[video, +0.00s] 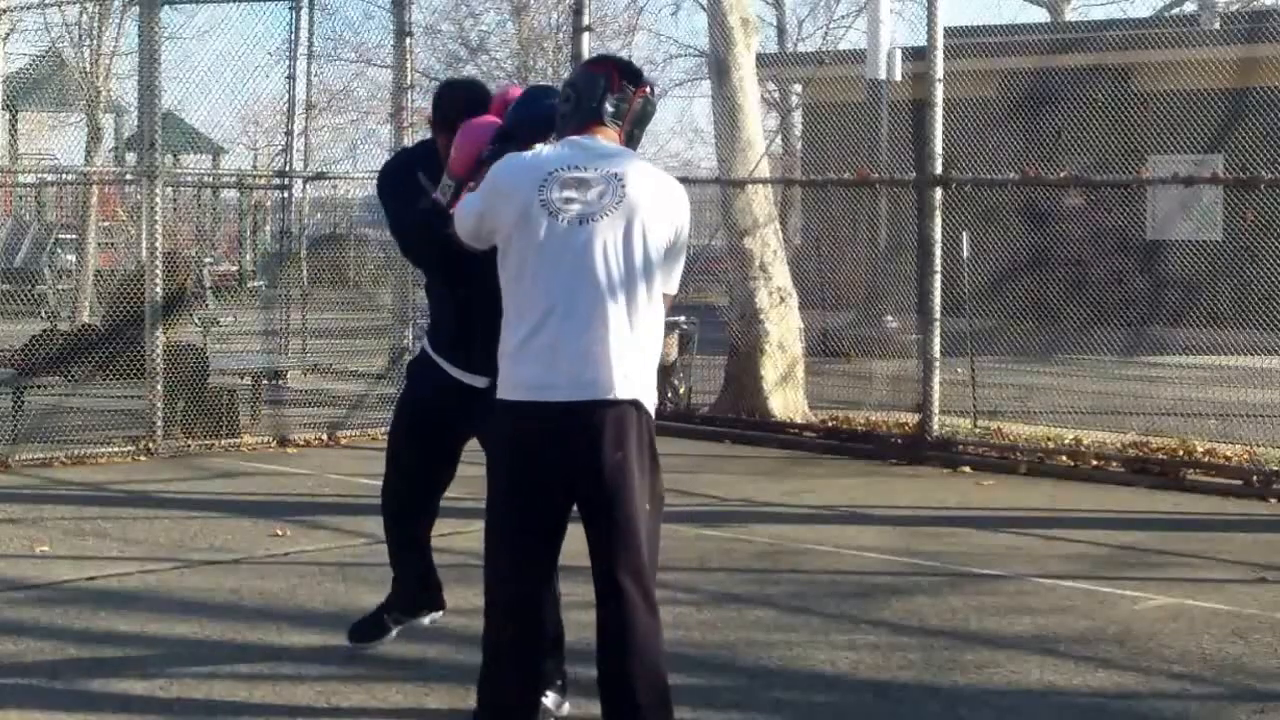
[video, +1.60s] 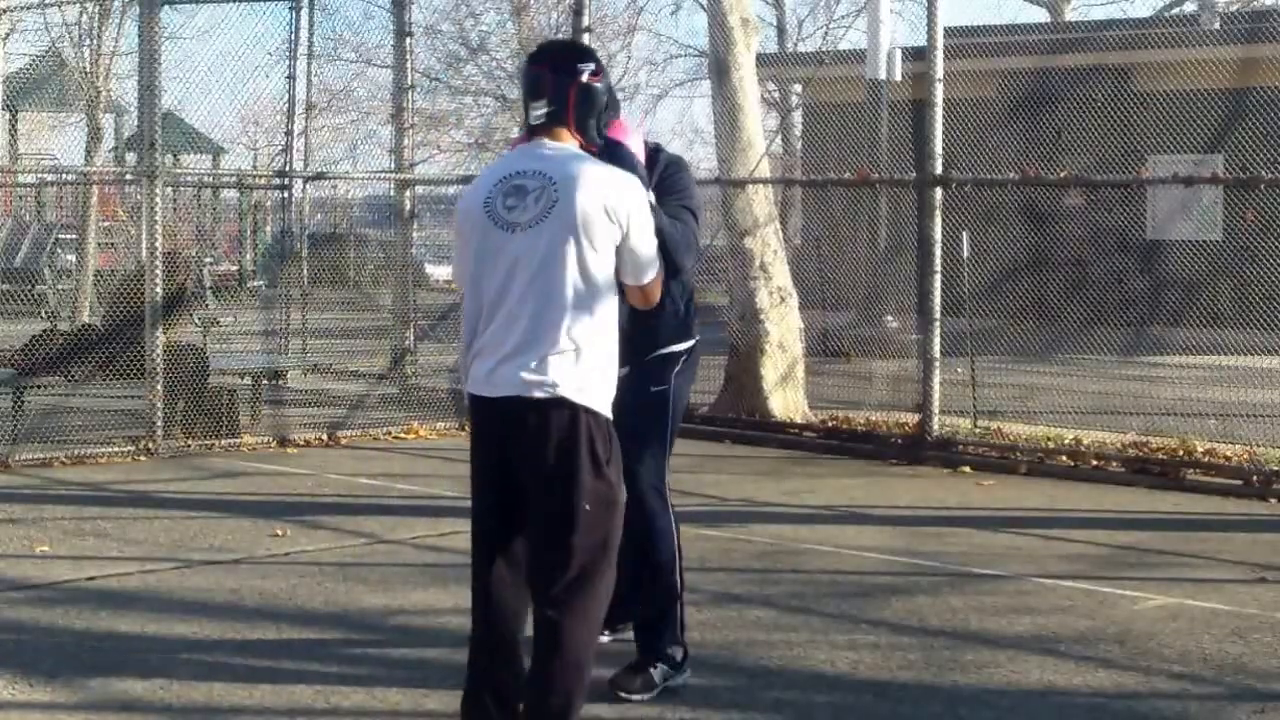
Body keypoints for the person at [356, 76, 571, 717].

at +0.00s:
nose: (481, 152)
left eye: (491, 143)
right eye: (477, 140)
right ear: (461, 135)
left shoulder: (528, 178)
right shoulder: (408, 173)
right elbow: (422, 246)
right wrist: (456, 187)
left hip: (519, 384)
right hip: (445, 369)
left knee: (524, 536)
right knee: (405, 497)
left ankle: (546, 674)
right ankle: (416, 594)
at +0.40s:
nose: (432, 126)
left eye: (442, 116)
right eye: (427, 114)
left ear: (469, 116)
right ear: (420, 115)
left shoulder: (508, 165)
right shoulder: (409, 171)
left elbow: (523, 241)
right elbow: (385, 256)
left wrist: (459, 190)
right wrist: (415, 208)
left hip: (507, 373)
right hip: (442, 368)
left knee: (523, 522)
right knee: (410, 500)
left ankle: (568, 652)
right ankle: (405, 613)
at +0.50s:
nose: (617, 117)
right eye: (615, 106)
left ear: (544, 100)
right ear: (609, 109)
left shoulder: (485, 174)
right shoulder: (629, 183)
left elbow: (439, 189)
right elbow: (638, 285)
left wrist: (449, 141)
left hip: (503, 400)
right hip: (596, 403)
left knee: (506, 560)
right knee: (615, 566)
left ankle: (501, 704)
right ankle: (627, 708)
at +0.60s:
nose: (630, 118)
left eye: (628, 105)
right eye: (628, 106)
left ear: (550, 99)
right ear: (619, 112)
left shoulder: (492, 173)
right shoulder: (637, 191)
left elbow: (435, 199)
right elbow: (643, 265)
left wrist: (483, 156)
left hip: (508, 408)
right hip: (601, 412)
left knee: (508, 570)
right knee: (615, 585)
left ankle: (502, 708)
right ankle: (615, 711)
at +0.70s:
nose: (649, 128)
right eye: (648, 115)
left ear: (572, 108)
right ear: (642, 119)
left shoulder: (501, 188)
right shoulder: (660, 208)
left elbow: (471, 285)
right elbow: (666, 319)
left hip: (509, 419)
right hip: (610, 427)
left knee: (512, 591)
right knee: (618, 595)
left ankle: (502, 709)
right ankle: (610, 714)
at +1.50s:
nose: (587, 105)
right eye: (582, 94)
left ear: (512, 107)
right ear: (577, 100)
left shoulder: (474, 190)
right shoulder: (610, 180)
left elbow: (483, 277)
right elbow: (642, 282)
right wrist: (564, 280)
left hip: (489, 400)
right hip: (574, 401)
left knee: (495, 580)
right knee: (583, 582)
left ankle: (487, 709)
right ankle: (573, 707)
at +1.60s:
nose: (606, 110)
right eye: (601, 98)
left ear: (528, 102)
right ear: (591, 103)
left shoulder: (479, 187)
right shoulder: (616, 186)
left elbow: (470, 284)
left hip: (490, 402)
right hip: (575, 407)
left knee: (498, 565)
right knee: (579, 576)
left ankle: (489, 707)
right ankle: (552, 707)